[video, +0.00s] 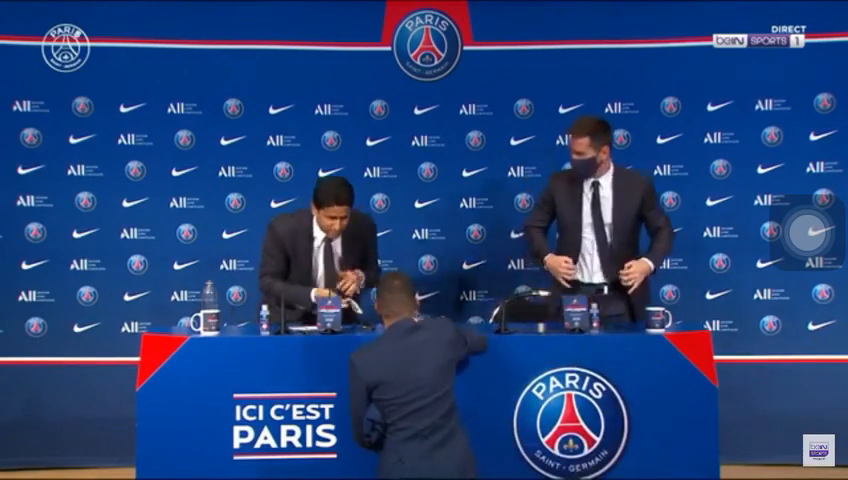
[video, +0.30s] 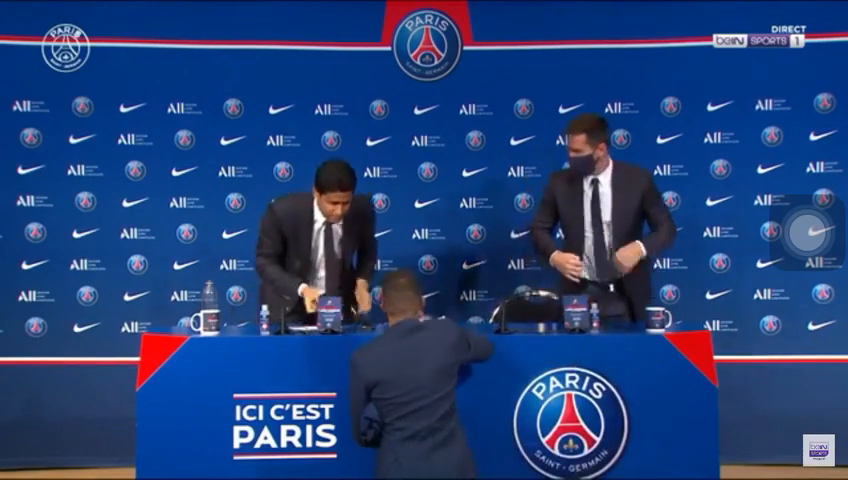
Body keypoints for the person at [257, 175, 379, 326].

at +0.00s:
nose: (337, 226)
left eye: (343, 218)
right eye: (331, 218)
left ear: (350, 212)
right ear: (315, 210)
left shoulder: (363, 226)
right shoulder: (283, 229)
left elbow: (373, 272)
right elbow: (268, 282)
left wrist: (361, 278)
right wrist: (312, 295)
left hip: (346, 326)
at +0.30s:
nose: (339, 211)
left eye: (345, 203)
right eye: (333, 203)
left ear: (352, 196)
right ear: (316, 194)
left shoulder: (361, 209)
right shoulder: (283, 212)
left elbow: (368, 251)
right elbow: (265, 262)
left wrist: (362, 282)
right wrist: (301, 289)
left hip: (339, 310)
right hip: (291, 312)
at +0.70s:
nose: (338, 201)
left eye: (344, 194)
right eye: (332, 194)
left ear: (350, 186)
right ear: (314, 183)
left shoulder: (357, 203)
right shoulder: (277, 202)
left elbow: (358, 255)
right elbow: (260, 254)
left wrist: (346, 299)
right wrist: (289, 289)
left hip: (330, 292)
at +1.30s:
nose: (337, 190)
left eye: (343, 182)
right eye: (331, 182)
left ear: (348, 176)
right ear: (313, 172)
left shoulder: (355, 197)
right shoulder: (276, 196)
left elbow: (360, 251)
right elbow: (258, 250)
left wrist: (362, 302)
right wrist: (281, 292)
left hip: (329, 287)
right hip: (283, 289)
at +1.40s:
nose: (340, 188)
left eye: (346, 181)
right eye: (333, 181)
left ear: (352, 174)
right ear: (316, 171)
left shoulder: (357, 196)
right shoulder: (277, 195)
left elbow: (365, 247)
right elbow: (257, 247)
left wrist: (376, 292)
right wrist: (280, 288)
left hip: (330, 286)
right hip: (285, 287)